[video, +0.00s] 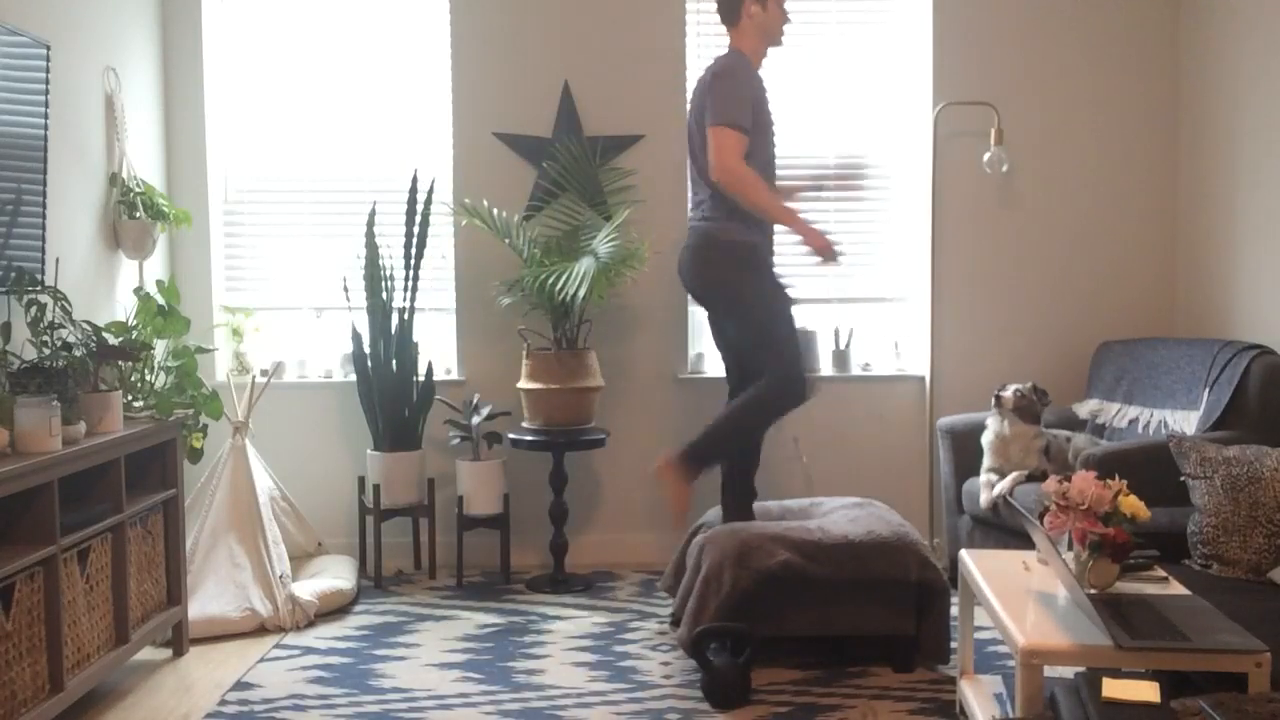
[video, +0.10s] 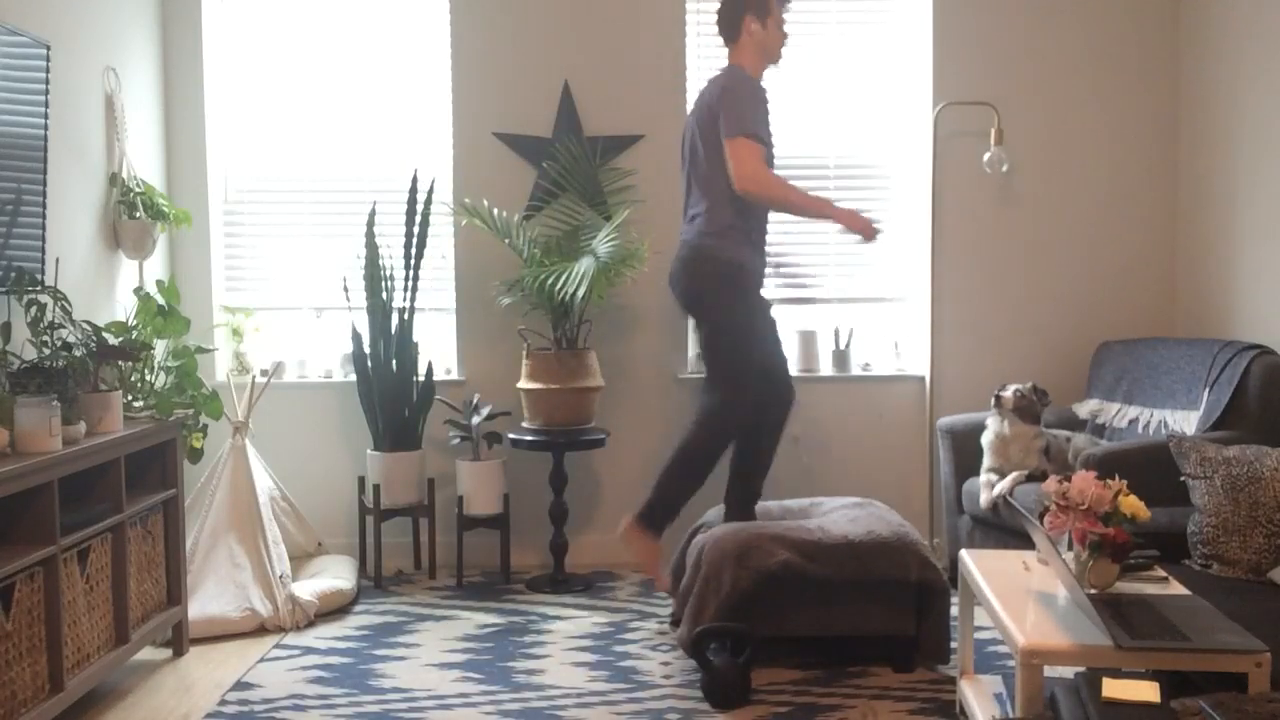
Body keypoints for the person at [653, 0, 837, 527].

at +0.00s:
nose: (786, 16)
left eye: (783, 7)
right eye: (778, 6)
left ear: (746, 14)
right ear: (750, 10)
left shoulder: (726, 74)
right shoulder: (732, 73)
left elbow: (724, 172)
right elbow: (726, 168)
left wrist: (775, 202)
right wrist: (804, 229)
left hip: (717, 250)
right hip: (728, 251)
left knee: (747, 389)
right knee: (787, 382)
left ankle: (739, 527)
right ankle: (683, 466)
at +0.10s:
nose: (785, 37)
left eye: (784, 26)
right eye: (779, 24)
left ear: (742, 29)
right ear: (752, 25)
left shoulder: (712, 96)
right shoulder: (738, 87)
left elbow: (708, 193)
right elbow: (748, 178)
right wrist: (836, 214)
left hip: (716, 266)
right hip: (718, 266)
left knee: (773, 394)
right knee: (737, 395)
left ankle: (739, 533)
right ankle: (646, 527)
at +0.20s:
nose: (781, 61)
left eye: (779, 50)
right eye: (775, 49)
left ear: (740, 56)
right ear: (747, 54)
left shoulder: (717, 120)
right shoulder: (733, 116)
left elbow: (762, 206)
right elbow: (772, 200)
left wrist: (833, 200)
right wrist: (858, 197)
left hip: (711, 297)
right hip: (705, 299)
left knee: (786, 399)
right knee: (683, 434)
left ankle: (741, 526)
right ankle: (635, 569)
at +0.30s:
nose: (771, 94)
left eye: (770, 84)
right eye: (765, 83)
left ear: (731, 86)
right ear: (737, 86)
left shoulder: (714, 150)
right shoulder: (716, 149)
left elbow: (774, 223)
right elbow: (784, 223)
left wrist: (821, 196)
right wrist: (839, 182)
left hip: (707, 330)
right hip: (684, 332)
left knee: (794, 404)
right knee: (664, 470)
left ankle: (741, 525)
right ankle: (622, 606)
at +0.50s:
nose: (731, 122)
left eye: (731, 111)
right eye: (726, 111)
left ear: (690, 114)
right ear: (696, 113)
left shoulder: (674, 178)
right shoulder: (671, 177)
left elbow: (738, 258)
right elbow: (742, 253)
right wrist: (756, 185)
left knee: (778, 387)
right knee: (646, 504)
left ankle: (739, 516)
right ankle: (600, 636)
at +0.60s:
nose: (713, 113)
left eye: (712, 102)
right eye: (707, 102)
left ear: (676, 108)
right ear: (677, 106)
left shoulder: (667, 171)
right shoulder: (652, 171)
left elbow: (700, 262)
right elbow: (701, 255)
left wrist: (726, 206)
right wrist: (730, 195)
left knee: (763, 366)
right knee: (628, 500)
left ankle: (704, 476)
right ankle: (597, 636)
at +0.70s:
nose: (695, 110)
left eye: (694, 99)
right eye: (688, 98)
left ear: (655, 104)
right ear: (659, 103)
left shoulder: (632, 169)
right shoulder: (638, 170)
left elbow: (646, 263)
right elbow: (657, 262)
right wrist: (718, 221)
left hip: (643, 345)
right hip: (621, 352)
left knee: (745, 388)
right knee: (621, 498)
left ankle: (647, 468)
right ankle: (596, 635)